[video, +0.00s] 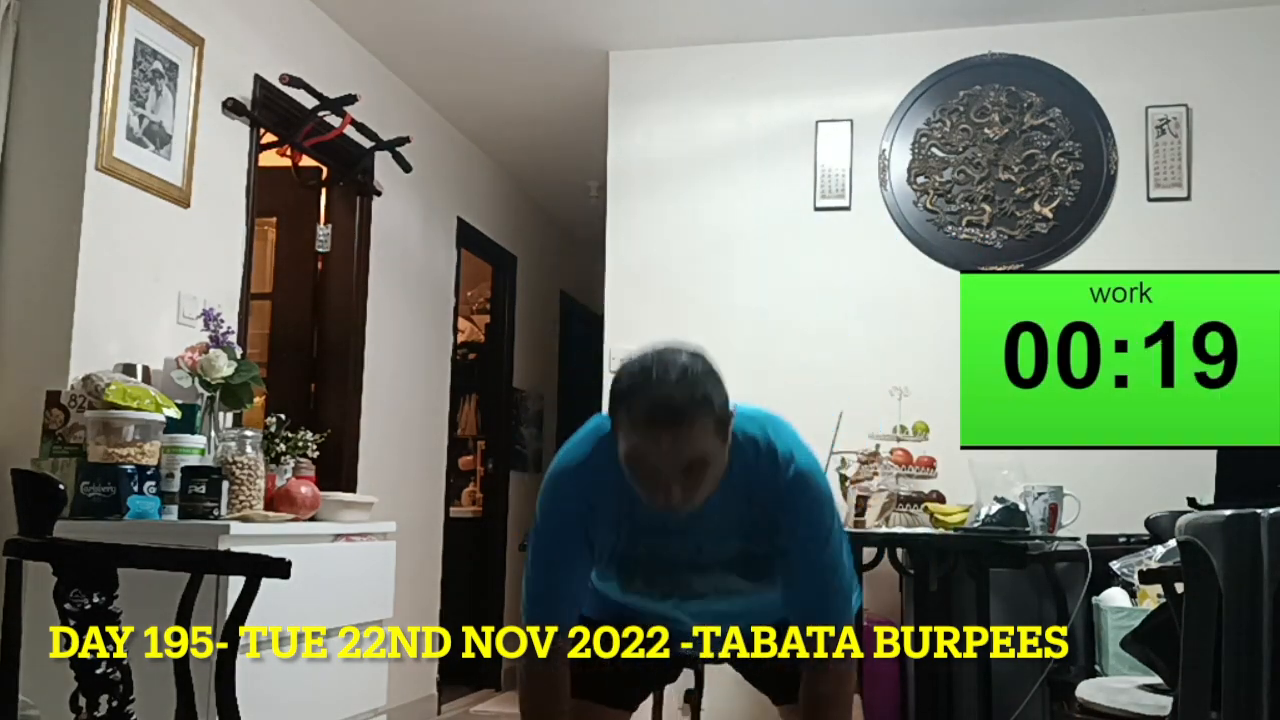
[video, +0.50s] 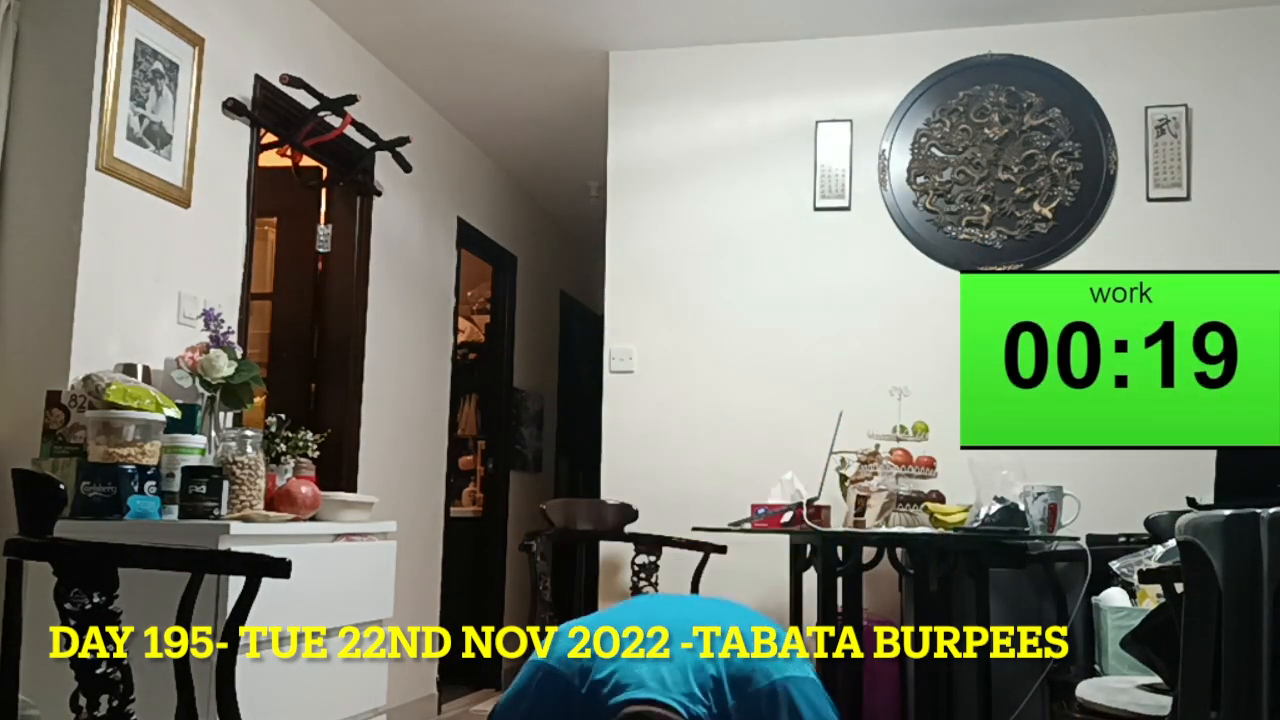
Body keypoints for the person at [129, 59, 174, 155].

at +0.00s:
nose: (156, 81)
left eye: (159, 78)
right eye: (154, 78)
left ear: (164, 80)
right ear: (152, 79)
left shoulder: (167, 96)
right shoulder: (152, 90)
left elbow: (158, 119)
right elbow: (148, 111)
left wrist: (141, 111)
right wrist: (141, 130)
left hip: (165, 132)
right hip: (152, 125)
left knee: (153, 127)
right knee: (139, 118)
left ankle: (157, 148)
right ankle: (149, 145)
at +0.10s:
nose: (156, 81)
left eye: (159, 78)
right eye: (154, 78)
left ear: (164, 80)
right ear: (152, 80)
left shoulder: (166, 96)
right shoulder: (152, 90)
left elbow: (158, 119)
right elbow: (148, 110)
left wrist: (141, 111)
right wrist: (141, 130)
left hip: (165, 133)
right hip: (152, 125)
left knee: (153, 127)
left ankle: (157, 148)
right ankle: (150, 145)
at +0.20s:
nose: (157, 81)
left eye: (159, 78)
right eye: (154, 79)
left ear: (164, 80)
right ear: (152, 80)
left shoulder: (167, 96)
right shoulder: (153, 90)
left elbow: (158, 119)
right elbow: (148, 110)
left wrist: (140, 111)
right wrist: (141, 130)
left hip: (166, 133)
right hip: (152, 125)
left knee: (154, 127)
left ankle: (157, 148)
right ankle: (150, 145)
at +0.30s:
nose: (157, 81)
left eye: (160, 78)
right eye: (154, 79)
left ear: (164, 80)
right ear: (152, 80)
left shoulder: (167, 96)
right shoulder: (153, 90)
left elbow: (158, 119)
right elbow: (148, 110)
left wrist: (141, 112)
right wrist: (141, 130)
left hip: (166, 133)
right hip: (152, 125)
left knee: (154, 127)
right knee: (139, 117)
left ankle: (158, 149)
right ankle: (150, 145)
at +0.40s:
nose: (157, 81)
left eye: (160, 78)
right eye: (154, 79)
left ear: (164, 80)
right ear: (152, 80)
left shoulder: (167, 96)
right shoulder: (153, 90)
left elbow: (158, 119)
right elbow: (148, 110)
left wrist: (141, 112)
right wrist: (141, 130)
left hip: (166, 133)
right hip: (152, 125)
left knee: (154, 127)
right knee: (139, 117)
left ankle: (158, 149)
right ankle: (150, 146)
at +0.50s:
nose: (157, 81)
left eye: (160, 78)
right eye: (154, 79)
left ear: (164, 80)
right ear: (152, 80)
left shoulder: (167, 96)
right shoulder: (153, 90)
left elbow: (158, 119)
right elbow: (148, 110)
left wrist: (141, 111)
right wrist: (141, 130)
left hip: (166, 133)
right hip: (152, 125)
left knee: (154, 127)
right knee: (140, 117)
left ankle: (158, 149)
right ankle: (150, 146)